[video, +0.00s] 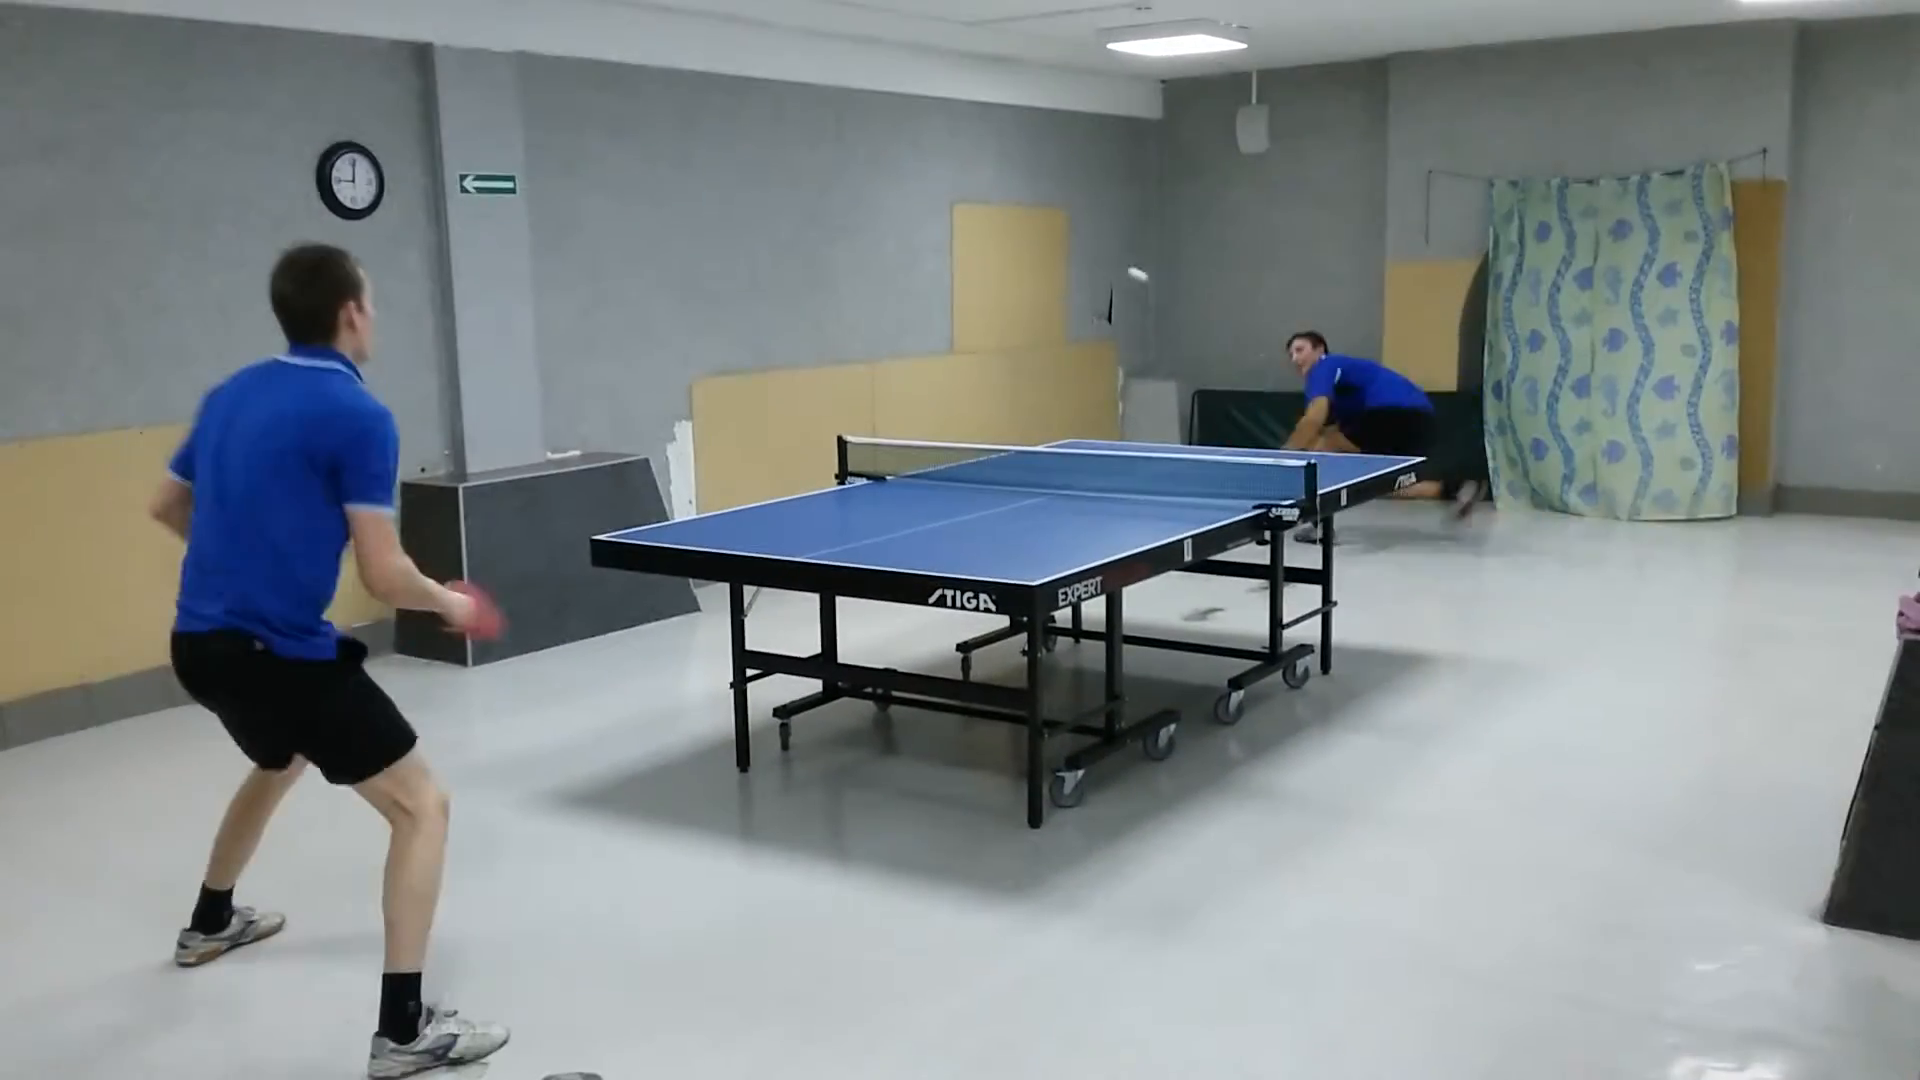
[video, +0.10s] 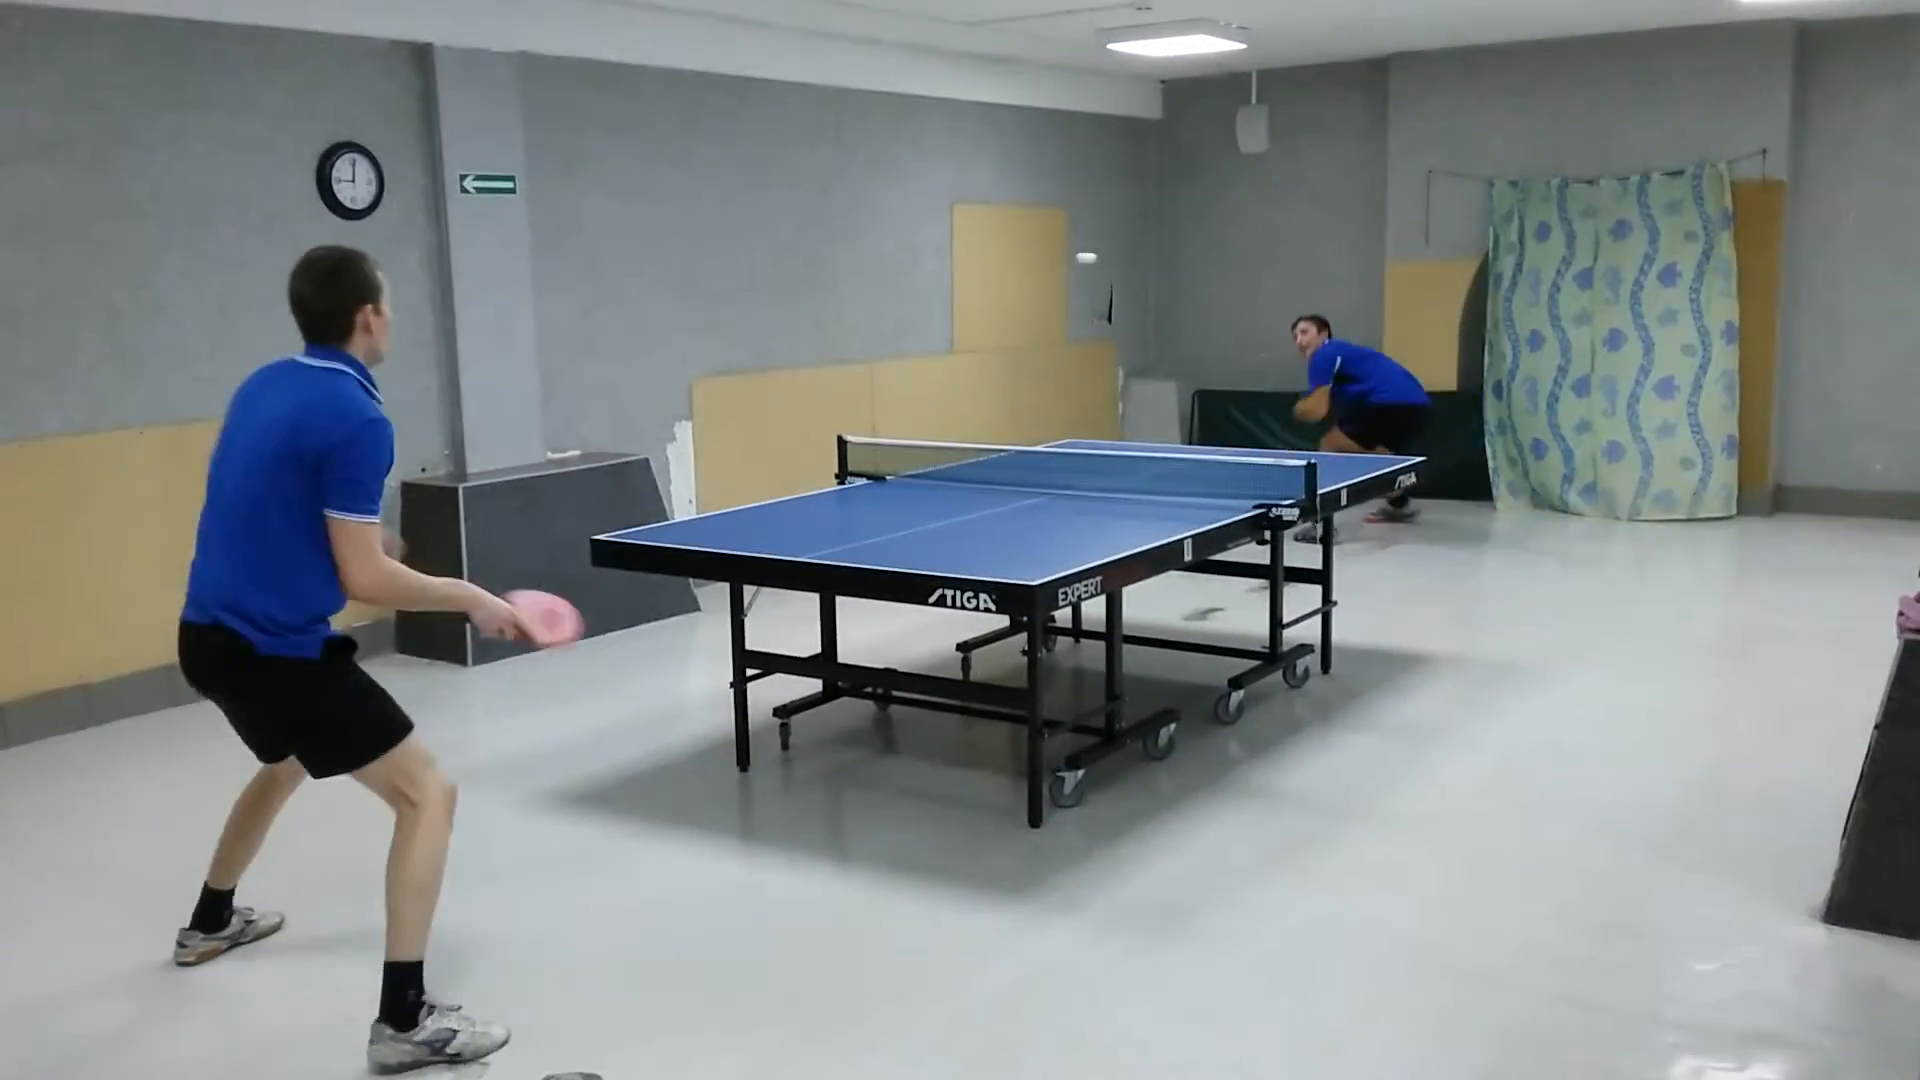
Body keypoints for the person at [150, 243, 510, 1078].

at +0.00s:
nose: (373, 318)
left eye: (367, 304)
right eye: (368, 305)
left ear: (290, 317)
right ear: (350, 314)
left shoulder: (234, 392)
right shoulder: (359, 415)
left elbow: (169, 505)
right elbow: (382, 573)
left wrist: (244, 552)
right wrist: (447, 598)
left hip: (200, 641)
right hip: (285, 650)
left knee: (281, 756)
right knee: (420, 806)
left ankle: (208, 921)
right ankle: (403, 1029)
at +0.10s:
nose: (390, 319)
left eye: (384, 305)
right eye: (386, 307)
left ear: (309, 318)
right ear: (367, 318)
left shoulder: (262, 385)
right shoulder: (354, 416)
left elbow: (267, 523)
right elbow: (364, 577)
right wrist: (473, 599)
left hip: (209, 633)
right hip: (282, 647)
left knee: (287, 758)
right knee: (426, 793)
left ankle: (209, 921)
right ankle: (404, 1018)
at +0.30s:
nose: (436, 315)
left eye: (432, 301)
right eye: (432, 302)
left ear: (362, 314)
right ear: (411, 314)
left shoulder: (342, 383)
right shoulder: (355, 422)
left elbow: (371, 473)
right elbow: (354, 588)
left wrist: (465, 480)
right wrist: (474, 634)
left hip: (275, 626)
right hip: (308, 647)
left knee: (331, 761)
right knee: (451, 793)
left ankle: (219, 910)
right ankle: (418, 1016)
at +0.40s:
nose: (468, 337)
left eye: (466, 323)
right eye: (464, 324)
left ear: (411, 335)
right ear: (440, 335)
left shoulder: (424, 404)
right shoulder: (357, 449)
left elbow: (437, 483)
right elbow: (355, 610)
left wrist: (505, 491)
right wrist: (465, 678)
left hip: (355, 636)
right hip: (313, 655)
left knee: (402, 757)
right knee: (473, 802)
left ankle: (266, 876)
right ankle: (419, 1017)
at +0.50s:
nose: (500, 365)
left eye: (499, 353)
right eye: (496, 353)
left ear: (446, 364)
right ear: (469, 363)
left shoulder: (480, 428)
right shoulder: (360, 472)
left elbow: (548, 497)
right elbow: (356, 634)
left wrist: (572, 513)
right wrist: (448, 715)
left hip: (396, 650)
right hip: (333, 665)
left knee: (434, 774)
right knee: (487, 808)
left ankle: (300, 879)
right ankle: (419, 1018)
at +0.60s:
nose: (526, 372)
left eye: (522, 359)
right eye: (518, 360)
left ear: (476, 369)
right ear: (489, 371)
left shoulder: (517, 430)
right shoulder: (377, 465)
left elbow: (619, 478)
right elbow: (355, 619)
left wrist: (681, 511)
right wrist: (409, 689)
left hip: (436, 648)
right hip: (366, 651)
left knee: (430, 779)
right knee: (502, 807)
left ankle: (296, 879)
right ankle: (419, 1017)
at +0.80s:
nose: (627, 280)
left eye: (623, 264)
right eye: (620, 265)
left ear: (557, 268)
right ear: (587, 274)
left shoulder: (503, 318)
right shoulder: (540, 377)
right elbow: (591, 500)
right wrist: (694, 462)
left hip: (430, 549)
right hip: (468, 581)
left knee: (461, 724)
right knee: (438, 777)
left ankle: (449, 848)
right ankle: (384, 992)